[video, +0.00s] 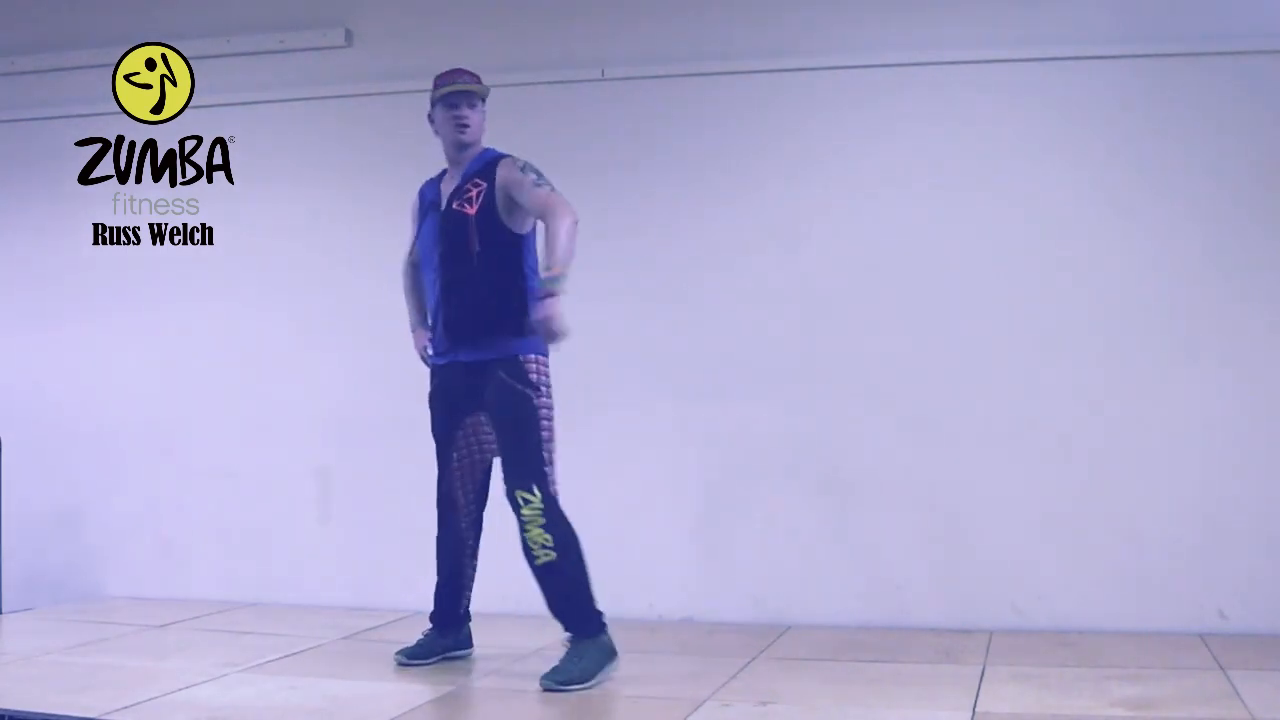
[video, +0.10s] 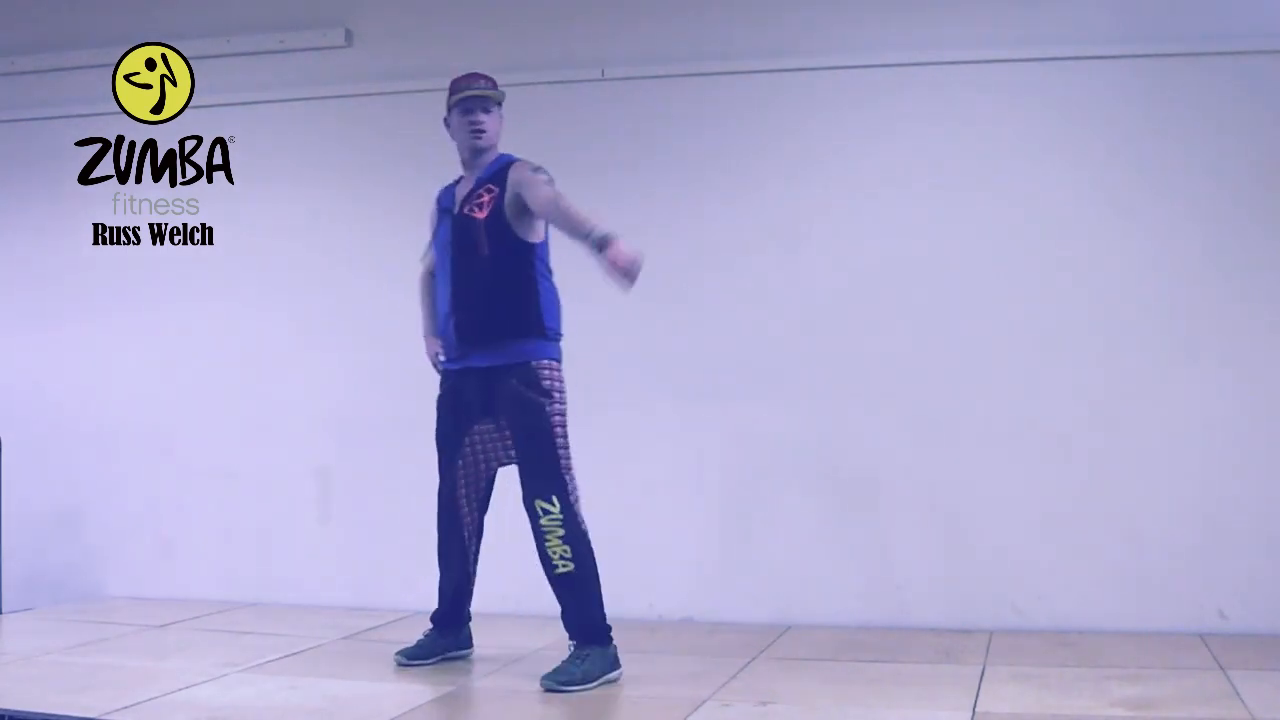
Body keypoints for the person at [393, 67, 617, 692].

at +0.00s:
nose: (462, 113)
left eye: (471, 103)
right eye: (450, 104)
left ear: (485, 114)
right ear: (432, 118)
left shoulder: (506, 171)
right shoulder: (428, 194)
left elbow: (562, 215)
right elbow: (414, 267)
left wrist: (551, 290)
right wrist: (418, 323)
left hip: (514, 363)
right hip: (452, 368)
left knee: (533, 503)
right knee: (456, 506)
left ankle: (590, 638)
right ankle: (450, 629)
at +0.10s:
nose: (476, 119)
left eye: (485, 109)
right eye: (464, 112)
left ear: (502, 119)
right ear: (448, 125)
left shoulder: (520, 176)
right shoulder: (445, 199)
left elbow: (560, 210)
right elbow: (430, 270)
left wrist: (605, 243)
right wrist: (430, 327)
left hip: (527, 368)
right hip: (464, 373)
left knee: (551, 507)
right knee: (457, 505)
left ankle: (594, 646)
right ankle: (451, 630)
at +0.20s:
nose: (491, 122)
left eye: (499, 111)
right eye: (478, 115)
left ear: (516, 118)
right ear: (463, 129)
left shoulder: (538, 171)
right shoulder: (471, 202)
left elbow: (568, 174)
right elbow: (464, 275)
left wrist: (600, 176)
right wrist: (467, 334)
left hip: (555, 366)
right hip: (495, 370)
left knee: (556, 505)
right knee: (441, 492)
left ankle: (595, 647)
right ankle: (453, 607)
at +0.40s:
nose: (508, 127)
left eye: (517, 116)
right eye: (495, 120)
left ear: (539, 123)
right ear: (482, 136)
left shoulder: (572, 179)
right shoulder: (491, 209)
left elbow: (652, 172)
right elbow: (494, 285)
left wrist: (593, 123)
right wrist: (497, 352)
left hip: (580, 371)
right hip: (518, 376)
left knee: (567, 509)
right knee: (465, 486)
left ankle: (596, 648)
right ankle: (543, 590)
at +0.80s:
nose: (508, 120)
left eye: (522, 111)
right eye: (506, 112)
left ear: (553, 126)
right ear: (506, 126)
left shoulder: (578, 190)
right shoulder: (508, 200)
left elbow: (640, 249)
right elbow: (521, 285)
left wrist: (600, 170)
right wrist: (514, 360)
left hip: (577, 372)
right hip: (521, 374)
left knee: (562, 513)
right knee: (460, 485)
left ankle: (596, 651)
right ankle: (538, 594)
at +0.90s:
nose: (508, 113)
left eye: (521, 105)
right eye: (505, 105)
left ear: (551, 117)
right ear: (502, 119)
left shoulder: (573, 182)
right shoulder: (505, 191)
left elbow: (611, 273)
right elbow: (514, 278)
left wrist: (587, 204)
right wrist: (507, 352)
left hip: (571, 365)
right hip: (514, 367)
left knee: (565, 503)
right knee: (459, 480)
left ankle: (594, 647)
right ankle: (510, 602)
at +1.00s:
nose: (508, 107)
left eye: (520, 98)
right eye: (504, 98)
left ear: (550, 108)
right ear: (501, 109)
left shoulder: (563, 179)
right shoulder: (501, 182)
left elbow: (571, 266)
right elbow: (498, 268)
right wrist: (493, 343)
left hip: (554, 360)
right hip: (500, 361)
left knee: (569, 500)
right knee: (482, 495)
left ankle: (594, 644)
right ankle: (482, 615)